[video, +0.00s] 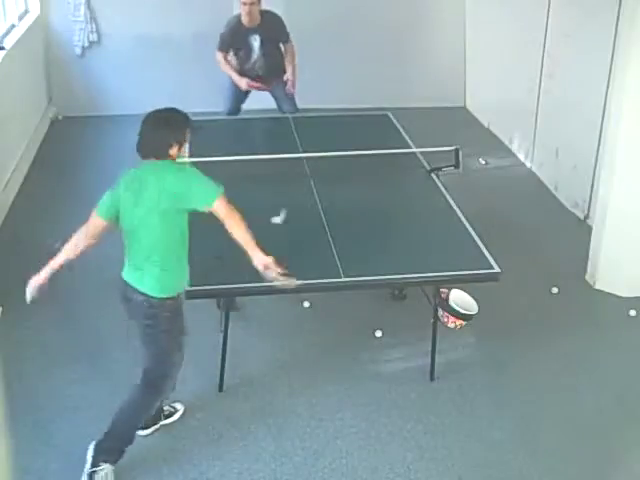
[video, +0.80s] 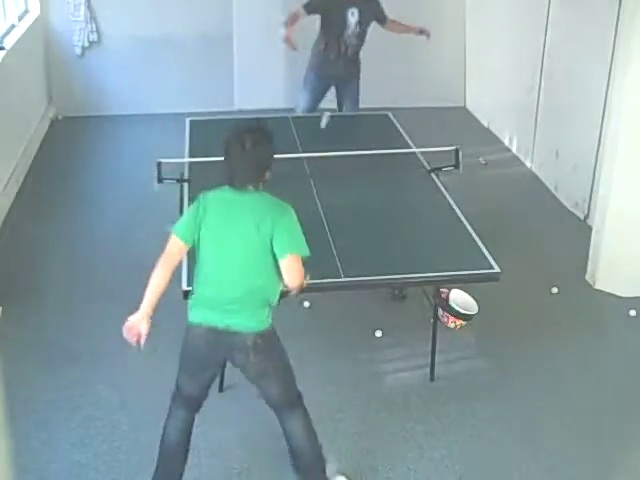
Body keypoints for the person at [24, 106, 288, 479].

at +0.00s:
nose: (188, 150)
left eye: (187, 143)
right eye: (186, 144)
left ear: (145, 145)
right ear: (176, 147)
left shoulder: (127, 181)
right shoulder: (184, 178)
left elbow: (89, 233)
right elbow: (227, 212)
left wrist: (46, 272)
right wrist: (258, 257)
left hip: (132, 289)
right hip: (160, 301)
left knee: (162, 355)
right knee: (155, 380)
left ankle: (151, 413)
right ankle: (104, 456)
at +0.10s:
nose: (187, 145)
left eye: (184, 139)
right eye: (185, 140)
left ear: (144, 144)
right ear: (177, 145)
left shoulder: (126, 180)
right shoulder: (191, 174)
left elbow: (95, 232)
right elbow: (234, 206)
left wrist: (54, 272)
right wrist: (271, 249)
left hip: (136, 290)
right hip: (172, 298)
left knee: (156, 352)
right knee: (178, 373)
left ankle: (155, 412)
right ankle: (128, 450)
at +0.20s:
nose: (189, 138)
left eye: (187, 132)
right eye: (187, 133)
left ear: (146, 139)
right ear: (179, 138)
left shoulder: (133, 177)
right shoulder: (199, 171)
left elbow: (108, 230)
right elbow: (240, 205)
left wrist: (76, 270)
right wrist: (279, 243)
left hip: (143, 290)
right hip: (182, 294)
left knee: (156, 348)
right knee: (199, 371)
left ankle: (148, 419)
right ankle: (172, 456)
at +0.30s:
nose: (195, 137)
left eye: (192, 131)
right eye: (193, 132)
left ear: (155, 139)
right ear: (189, 139)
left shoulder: (139, 181)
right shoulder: (206, 175)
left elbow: (120, 233)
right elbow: (250, 216)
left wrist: (91, 278)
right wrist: (293, 253)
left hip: (153, 293)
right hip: (194, 297)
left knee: (164, 346)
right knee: (223, 374)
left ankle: (153, 416)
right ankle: (221, 463)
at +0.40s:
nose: (209, 147)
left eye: (207, 141)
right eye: (207, 142)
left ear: (171, 146)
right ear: (203, 147)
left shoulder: (152, 188)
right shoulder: (218, 187)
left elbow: (132, 244)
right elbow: (258, 236)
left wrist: (105, 295)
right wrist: (302, 267)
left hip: (166, 300)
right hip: (205, 305)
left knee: (175, 347)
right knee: (246, 377)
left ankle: (154, 414)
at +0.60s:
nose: (249, 161)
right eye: (251, 156)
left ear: (216, 160)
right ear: (251, 161)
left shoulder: (196, 201)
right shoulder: (268, 204)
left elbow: (166, 256)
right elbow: (287, 258)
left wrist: (140, 305)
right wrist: (306, 277)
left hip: (201, 316)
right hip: (247, 320)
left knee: (182, 378)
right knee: (283, 389)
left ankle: (157, 432)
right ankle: (307, 465)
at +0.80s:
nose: (269, 167)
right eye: (269, 161)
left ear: (228, 164)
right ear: (267, 168)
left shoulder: (205, 204)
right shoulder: (278, 210)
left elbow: (170, 256)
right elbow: (294, 280)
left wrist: (144, 312)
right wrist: (291, 282)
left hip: (202, 333)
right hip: (253, 337)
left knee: (183, 405)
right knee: (290, 410)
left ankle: (165, 475)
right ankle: (316, 474)